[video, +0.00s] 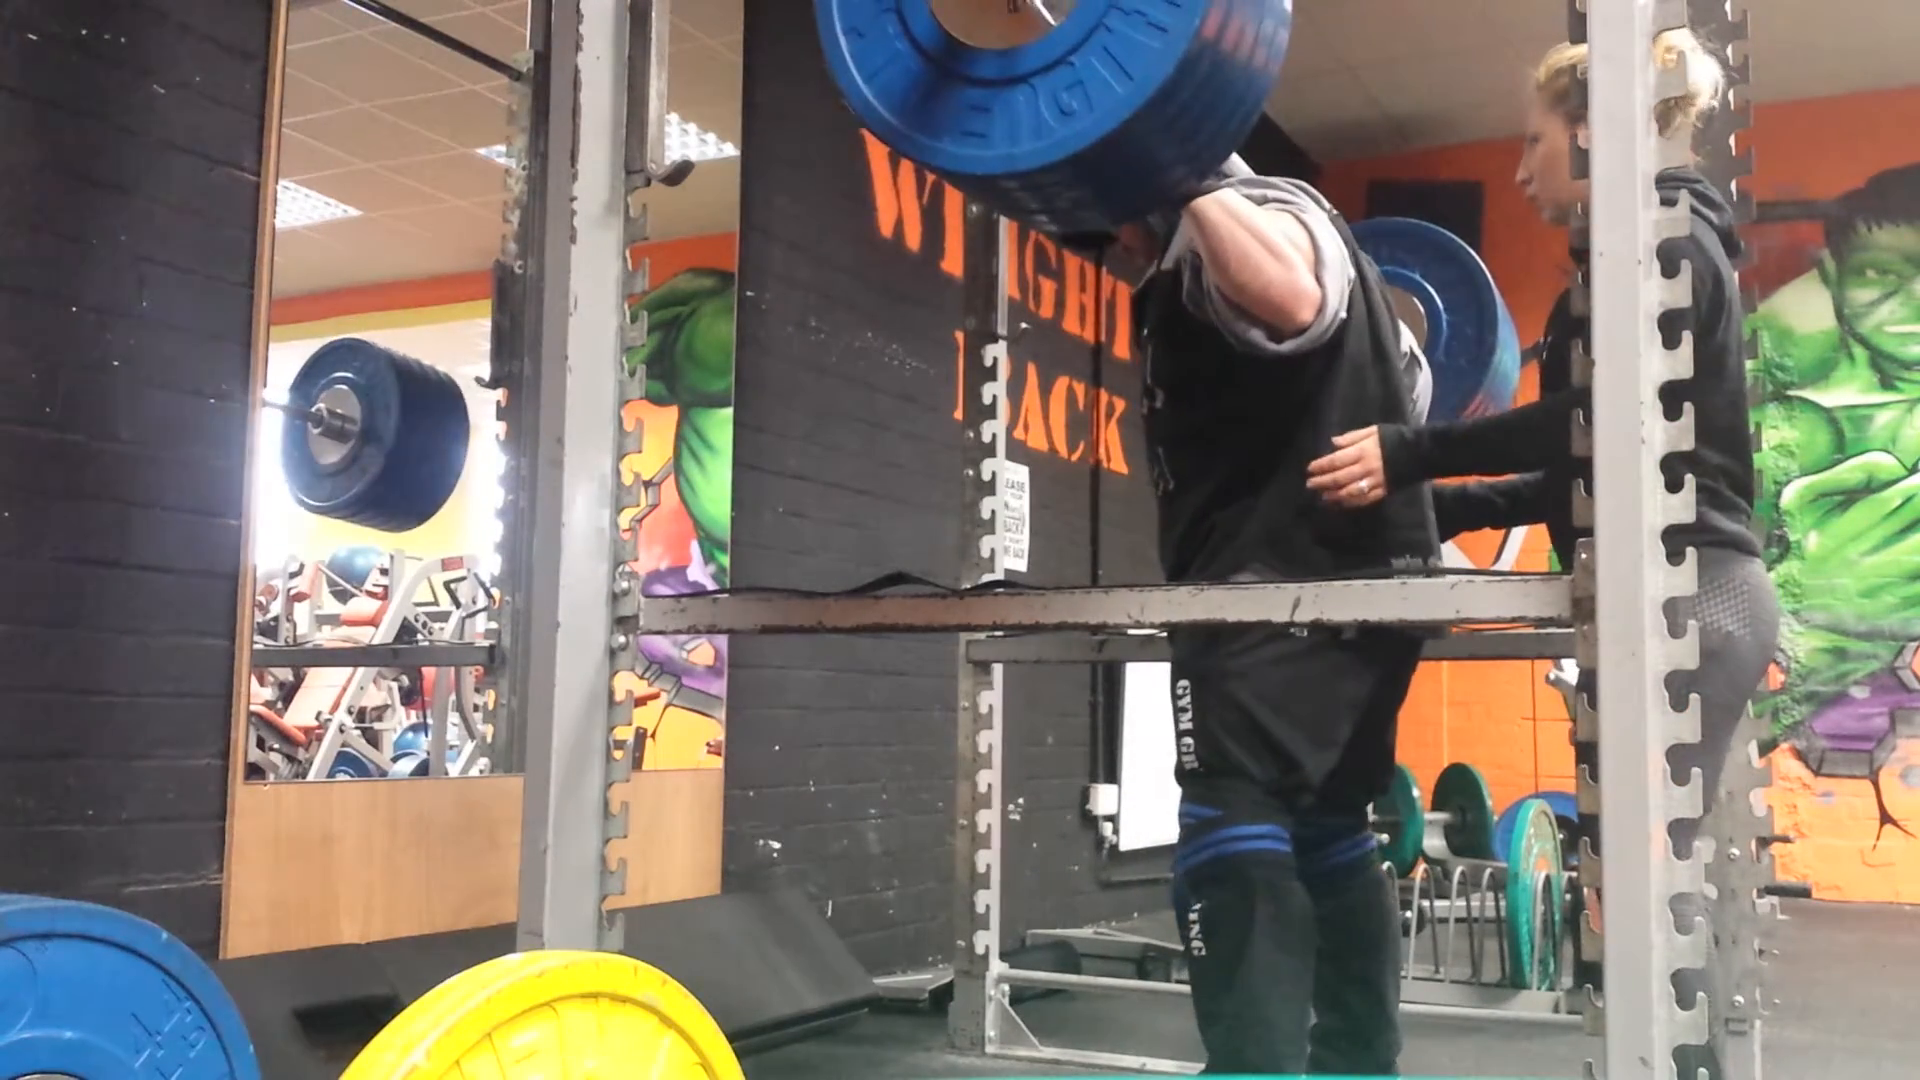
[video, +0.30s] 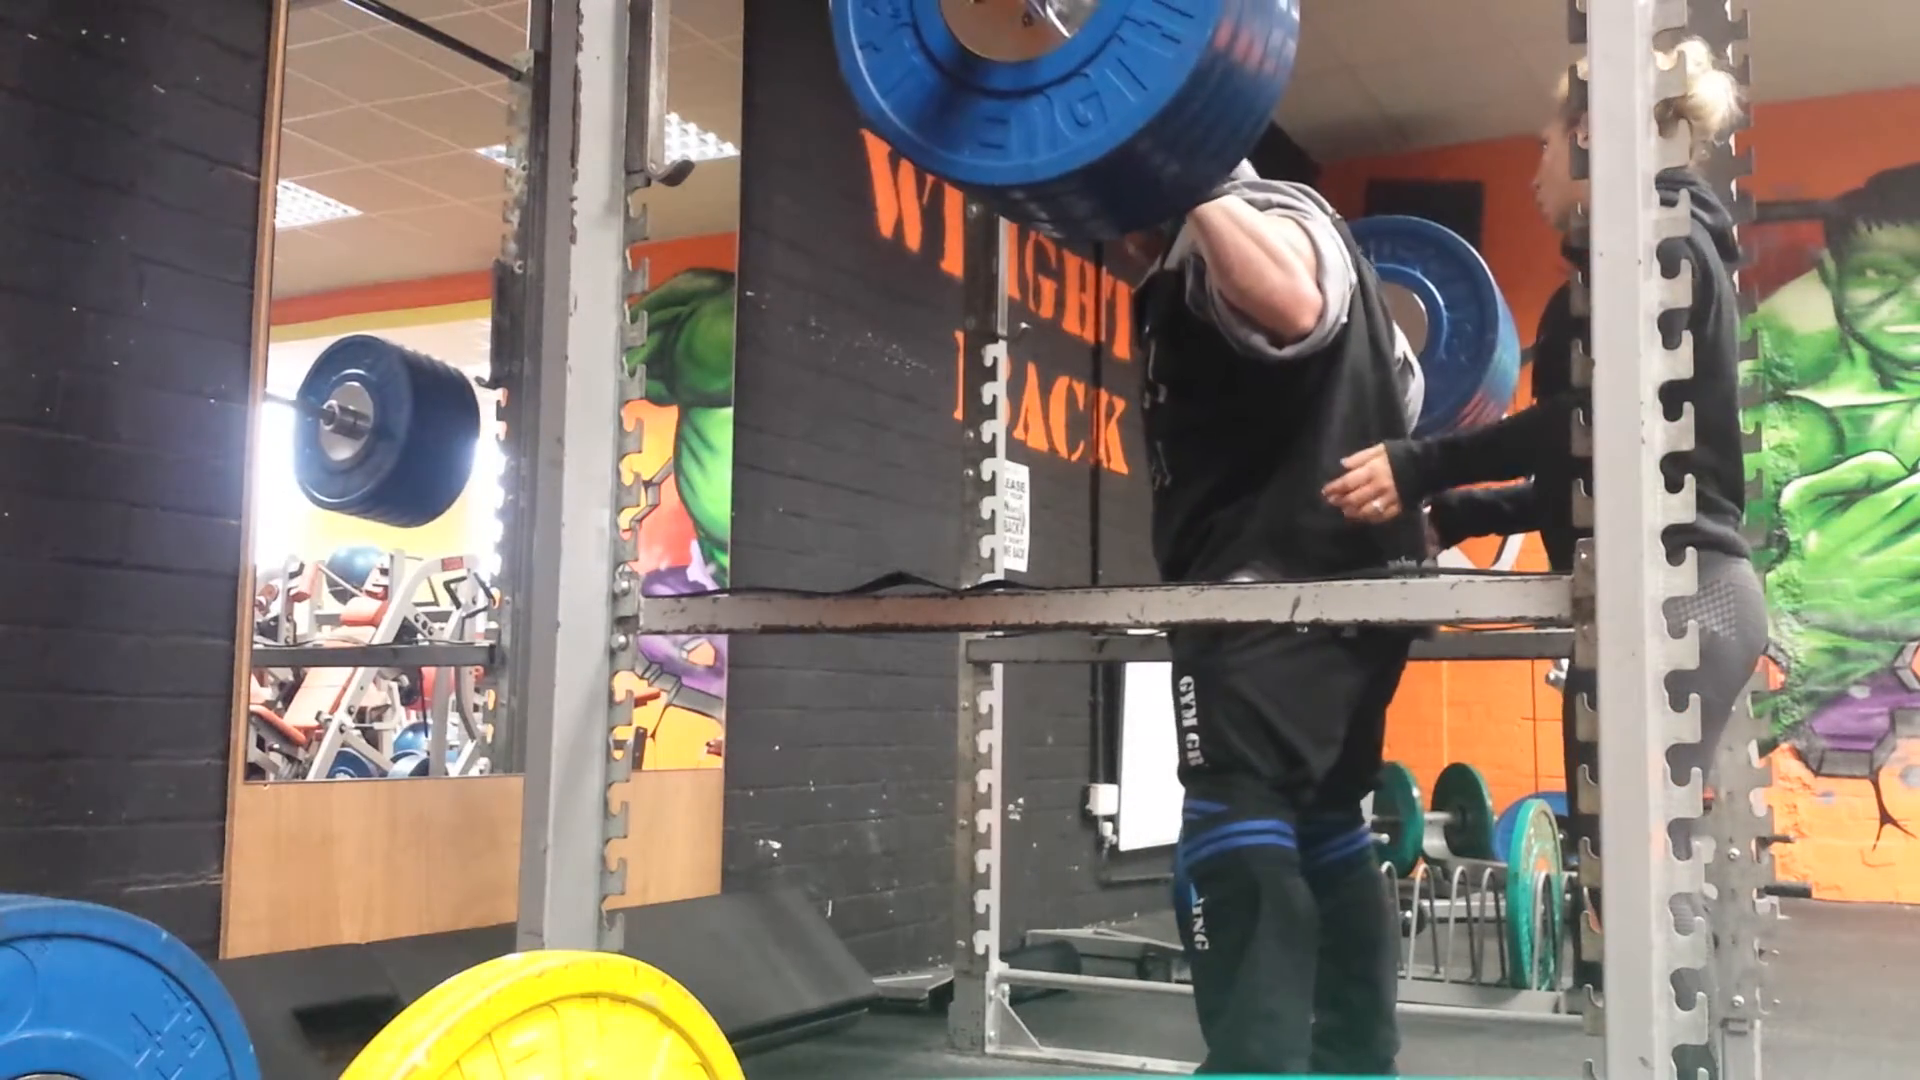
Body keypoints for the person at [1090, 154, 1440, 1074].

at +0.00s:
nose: (1105, 254)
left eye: (1099, 231)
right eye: (1089, 238)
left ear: (1136, 199)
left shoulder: (1257, 211)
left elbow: (1291, 295)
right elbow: (1409, 362)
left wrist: (1181, 175)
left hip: (1283, 587)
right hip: (1368, 589)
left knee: (1234, 826)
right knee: (1327, 827)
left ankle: (1255, 1064)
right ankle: (1357, 1063)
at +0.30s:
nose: (1101, 252)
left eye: (1101, 228)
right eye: (1087, 237)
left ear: (1149, 195)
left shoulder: (1261, 212)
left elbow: (1291, 301)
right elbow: (1406, 391)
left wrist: (1187, 183)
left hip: (1278, 586)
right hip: (1354, 586)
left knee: (1236, 824)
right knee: (1326, 823)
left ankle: (1253, 1061)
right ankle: (1353, 1060)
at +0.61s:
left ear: (1180, 159)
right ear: (1256, 147)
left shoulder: (1259, 215)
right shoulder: (1323, 236)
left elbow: (1292, 306)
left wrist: (1192, 197)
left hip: (1281, 586)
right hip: (1358, 586)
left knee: (1248, 821)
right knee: (1332, 822)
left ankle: (1262, 1063)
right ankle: (1355, 1063)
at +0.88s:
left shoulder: (1258, 212)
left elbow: (1287, 310)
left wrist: (1177, 190)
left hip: (1276, 583)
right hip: (1347, 584)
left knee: (1245, 824)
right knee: (1329, 821)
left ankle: (1261, 1061)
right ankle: (1355, 1060)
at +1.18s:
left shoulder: (1255, 209)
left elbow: (1274, 312)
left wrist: (1166, 184)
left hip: (1271, 585)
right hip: (1347, 585)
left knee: (1239, 826)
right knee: (1327, 824)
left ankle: (1259, 1061)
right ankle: (1352, 1061)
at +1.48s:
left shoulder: (1268, 275)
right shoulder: (1157, 312)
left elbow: (1283, 380)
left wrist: (1173, 266)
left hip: (1326, 616)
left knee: (1189, 829)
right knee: (1282, 833)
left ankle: (1240, 1069)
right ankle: (1351, 1064)